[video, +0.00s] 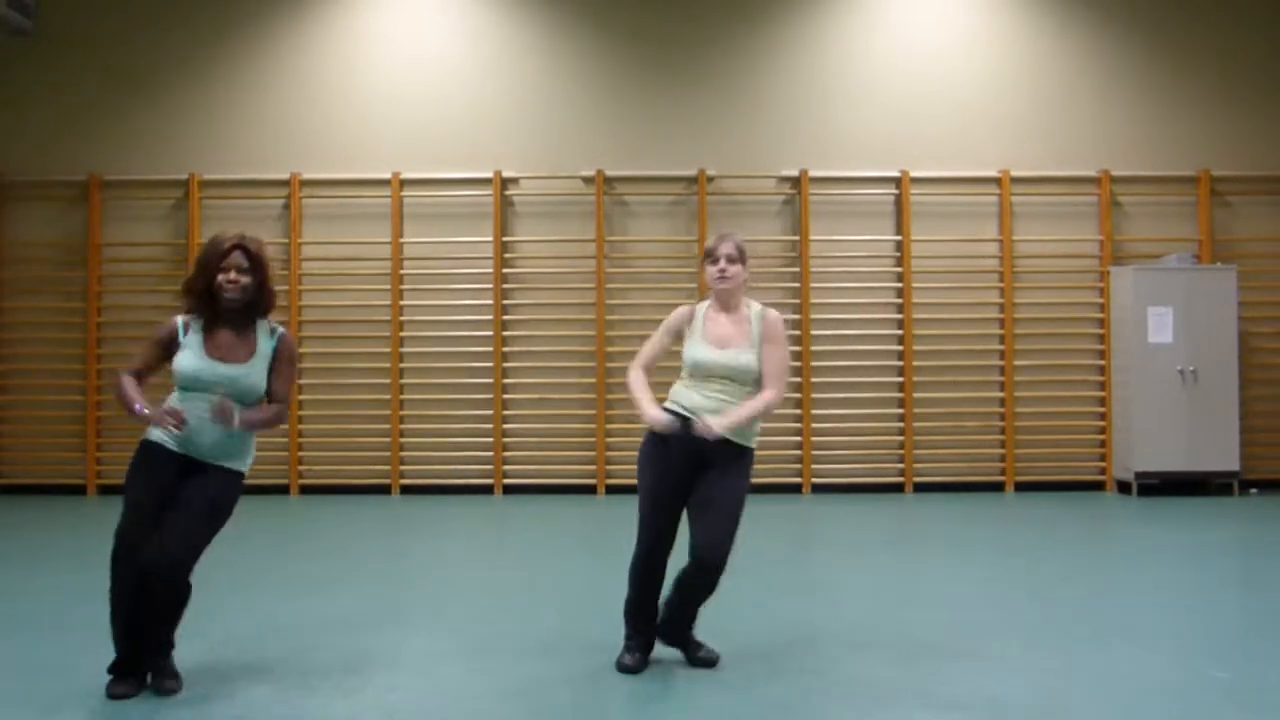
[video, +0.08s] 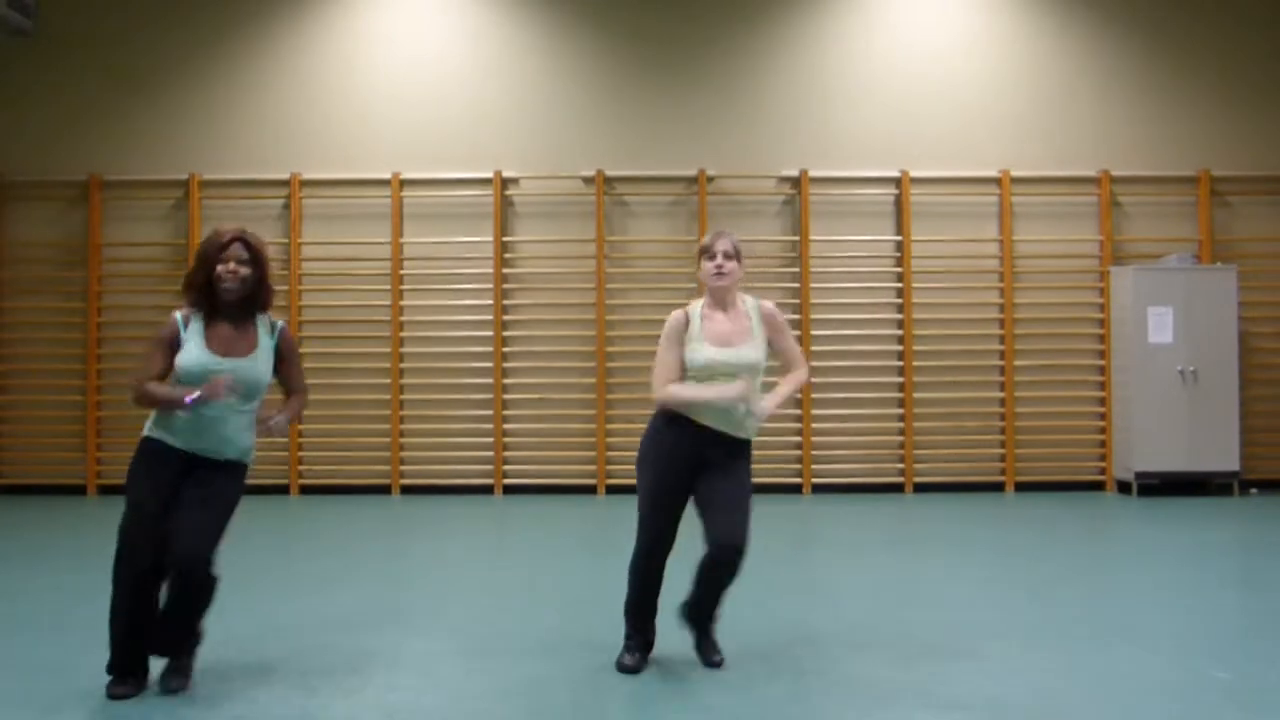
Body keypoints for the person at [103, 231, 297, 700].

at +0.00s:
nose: (232, 278)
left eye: (242, 271)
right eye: (223, 270)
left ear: (257, 281)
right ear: (210, 277)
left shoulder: (277, 342)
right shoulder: (182, 329)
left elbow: (279, 410)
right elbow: (130, 376)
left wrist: (241, 419)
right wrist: (148, 411)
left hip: (221, 467)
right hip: (163, 453)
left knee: (170, 560)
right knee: (130, 553)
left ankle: (161, 654)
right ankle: (128, 665)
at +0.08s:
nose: (230, 269)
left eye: (241, 263)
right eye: (222, 261)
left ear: (257, 274)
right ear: (207, 270)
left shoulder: (274, 334)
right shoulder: (183, 324)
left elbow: (297, 393)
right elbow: (143, 386)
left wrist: (284, 416)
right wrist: (185, 397)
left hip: (224, 464)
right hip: (163, 452)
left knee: (189, 557)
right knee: (137, 554)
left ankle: (180, 651)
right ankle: (127, 667)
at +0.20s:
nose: (244, 243)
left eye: (255, 237)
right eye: (236, 234)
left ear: (271, 250)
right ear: (219, 244)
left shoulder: (282, 300)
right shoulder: (198, 294)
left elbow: (324, 338)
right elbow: (181, 344)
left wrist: (343, 341)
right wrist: (239, 324)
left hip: (245, 443)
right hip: (182, 437)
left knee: (262, 550)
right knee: (162, 550)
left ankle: (256, 644)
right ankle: (133, 667)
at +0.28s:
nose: (257, 236)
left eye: (269, 231)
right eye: (248, 229)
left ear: (283, 246)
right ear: (232, 242)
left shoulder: (295, 293)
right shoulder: (213, 281)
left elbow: (351, 310)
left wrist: (389, 293)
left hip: (264, 436)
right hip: (198, 433)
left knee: (296, 542)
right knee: (171, 548)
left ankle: (325, 649)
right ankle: (136, 668)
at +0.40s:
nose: (279, 245)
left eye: (290, 240)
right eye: (270, 239)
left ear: (308, 253)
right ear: (255, 253)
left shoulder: (320, 297)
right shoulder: (242, 294)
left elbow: (388, 279)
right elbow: (269, 277)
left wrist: (446, 251)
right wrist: (339, 251)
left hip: (302, 444)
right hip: (238, 445)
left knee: (335, 552)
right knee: (198, 555)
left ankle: (367, 650)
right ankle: (144, 665)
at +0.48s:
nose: (298, 247)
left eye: (307, 241)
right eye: (289, 239)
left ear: (322, 252)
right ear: (273, 250)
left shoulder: (338, 294)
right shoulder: (258, 292)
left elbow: (404, 296)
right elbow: (281, 294)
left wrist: (454, 265)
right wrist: (345, 274)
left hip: (318, 437)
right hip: (258, 440)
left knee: (349, 546)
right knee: (241, 550)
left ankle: (366, 652)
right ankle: (176, 654)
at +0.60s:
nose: (319, 253)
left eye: (328, 245)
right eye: (309, 245)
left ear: (343, 254)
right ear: (294, 255)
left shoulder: (362, 305)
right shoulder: (276, 304)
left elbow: (406, 353)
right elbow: (270, 364)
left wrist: (428, 332)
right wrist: (321, 348)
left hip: (338, 443)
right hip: (282, 444)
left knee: (353, 546)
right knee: (303, 547)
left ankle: (364, 650)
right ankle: (289, 637)